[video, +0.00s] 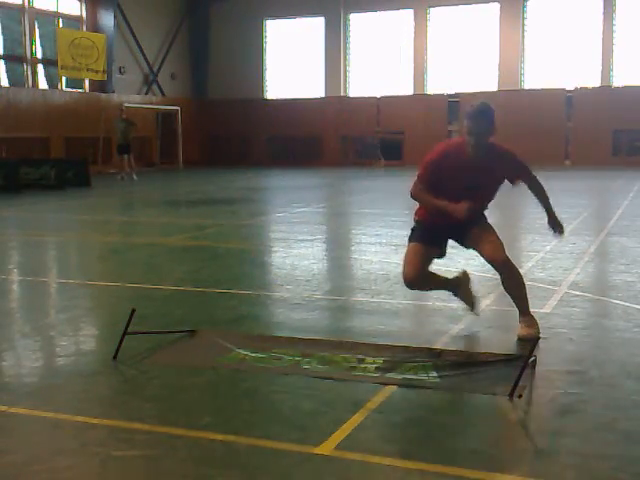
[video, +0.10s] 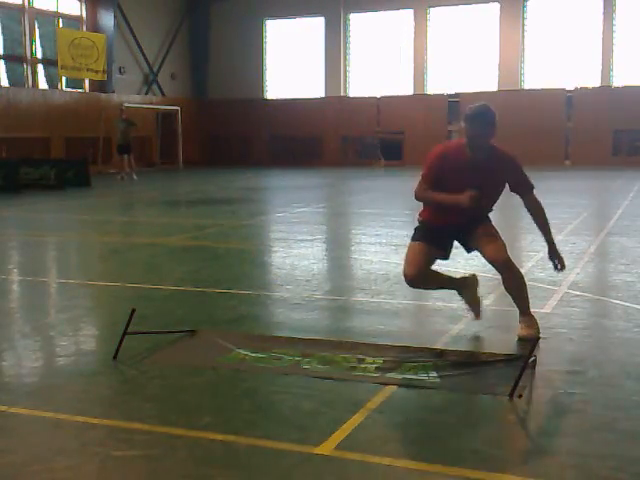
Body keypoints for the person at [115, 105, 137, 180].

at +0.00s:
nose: (123, 115)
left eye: (124, 113)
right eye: (121, 113)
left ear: (125, 114)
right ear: (120, 114)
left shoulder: (128, 122)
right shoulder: (118, 122)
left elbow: (134, 125)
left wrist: (127, 120)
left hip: (128, 142)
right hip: (120, 142)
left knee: (130, 158)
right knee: (122, 159)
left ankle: (133, 173)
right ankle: (123, 173)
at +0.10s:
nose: (123, 115)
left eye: (124, 114)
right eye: (122, 114)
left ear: (126, 115)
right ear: (120, 114)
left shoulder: (128, 122)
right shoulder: (118, 122)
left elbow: (135, 125)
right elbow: (121, 125)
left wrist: (127, 120)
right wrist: (123, 120)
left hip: (128, 142)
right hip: (120, 142)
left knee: (131, 158)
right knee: (122, 159)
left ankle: (133, 173)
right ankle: (123, 173)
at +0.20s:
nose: (122, 115)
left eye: (123, 113)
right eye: (121, 113)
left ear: (125, 114)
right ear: (120, 113)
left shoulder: (127, 122)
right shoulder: (118, 122)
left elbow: (134, 125)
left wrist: (127, 120)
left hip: (128, 142)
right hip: (121, 142)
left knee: (131, 158)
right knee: (122, 159)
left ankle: (133, 173)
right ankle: (123, 173)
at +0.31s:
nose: (122, 115)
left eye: (123, 113)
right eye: (121, 113)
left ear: (125, 114)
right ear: (120, 114)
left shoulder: (127, 122)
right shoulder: (118, 122)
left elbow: (135, 124)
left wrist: (127, 119)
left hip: (127, 142)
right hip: (120, 142)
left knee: (131, 158)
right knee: (122, 159)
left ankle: (133, 173)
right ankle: (123, 173)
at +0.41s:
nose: (122, 115)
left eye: (123, 113)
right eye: (121, 113)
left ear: (125, 114)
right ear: (120, 113)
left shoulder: (127, 122)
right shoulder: (118, 122)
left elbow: (135, 125)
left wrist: (127, 120)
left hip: (127, 142)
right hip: (120, 142)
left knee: (131, 158)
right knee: (122, 159)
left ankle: (133, 173)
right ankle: (122, 173)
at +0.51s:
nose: (123, 114)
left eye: (124, 113)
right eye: (121, 112)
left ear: (125, 113)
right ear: (120, 113)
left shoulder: (127, 122)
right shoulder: (118, 122)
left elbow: (135, 125)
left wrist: (127, 120)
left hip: (127, 142)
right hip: (120, 142)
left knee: (130, 158)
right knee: (121, 159)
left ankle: (133, 173)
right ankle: (122, 173)